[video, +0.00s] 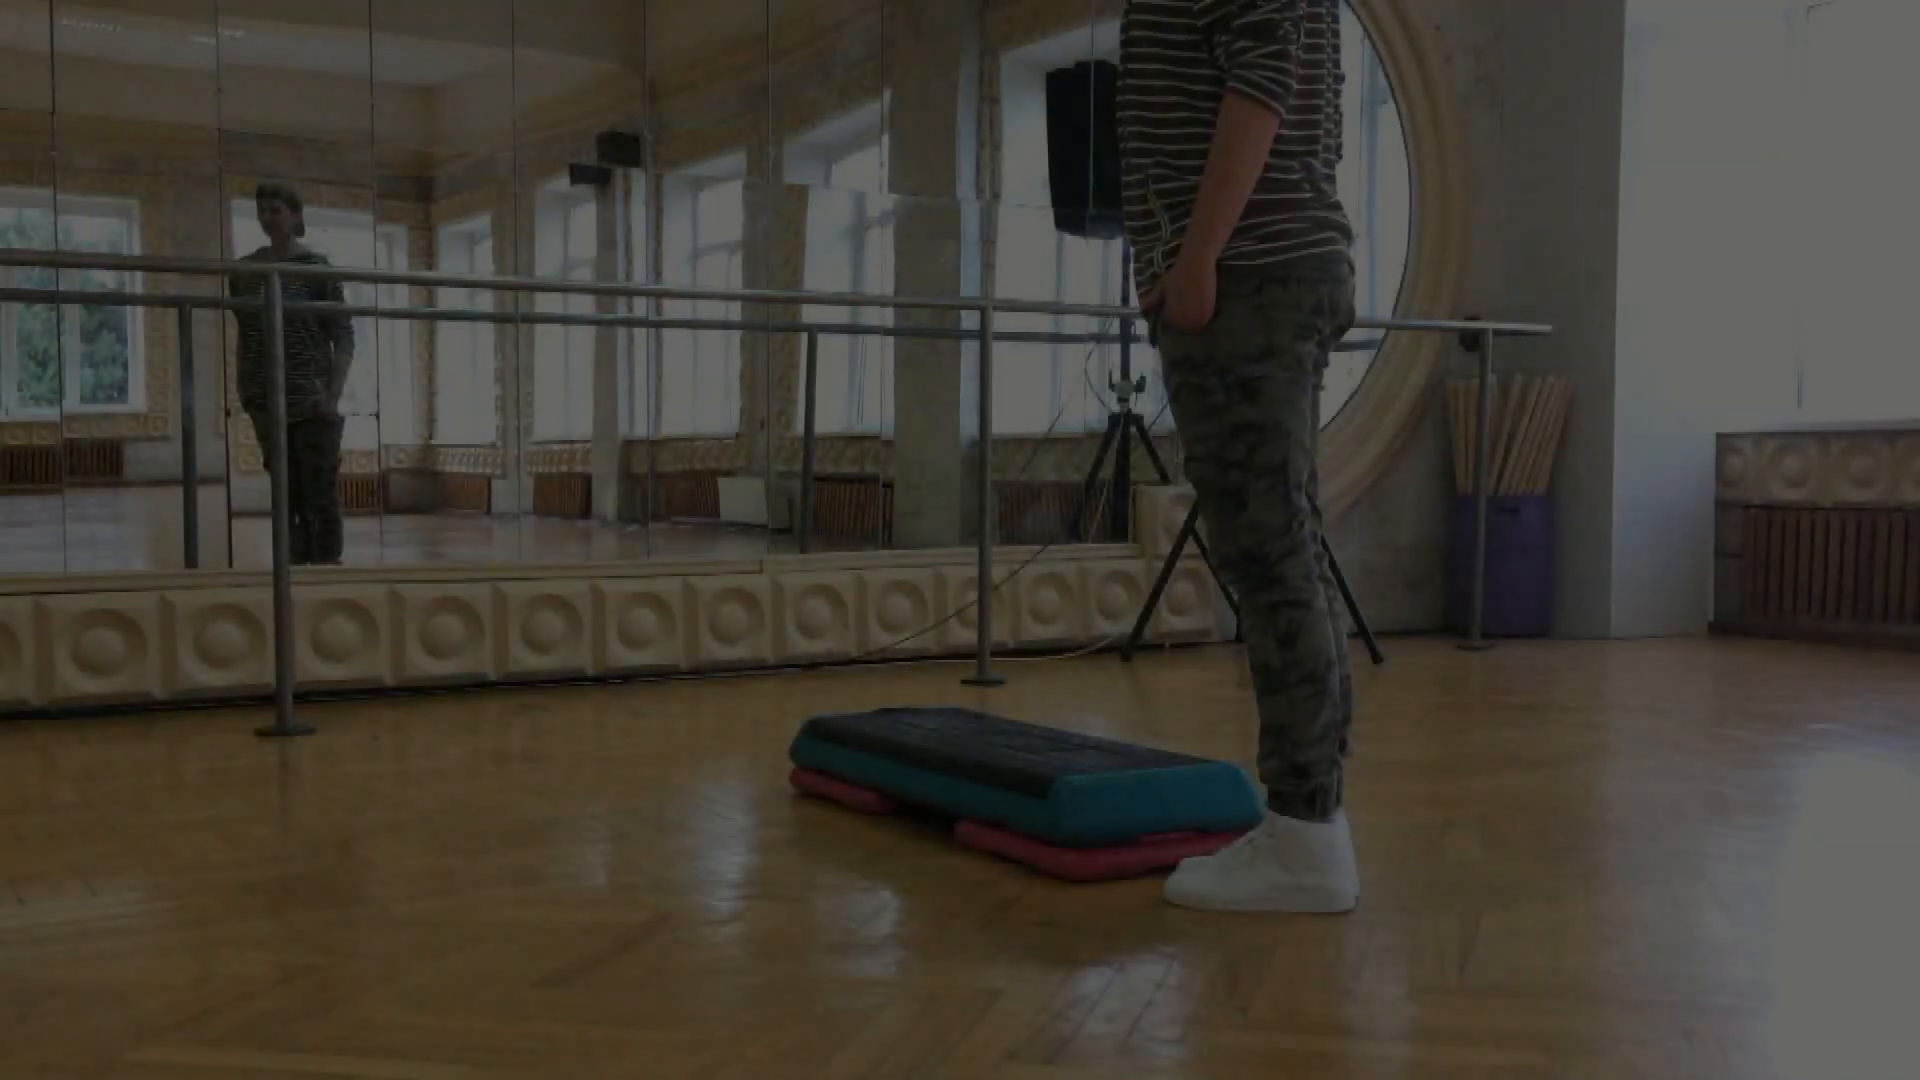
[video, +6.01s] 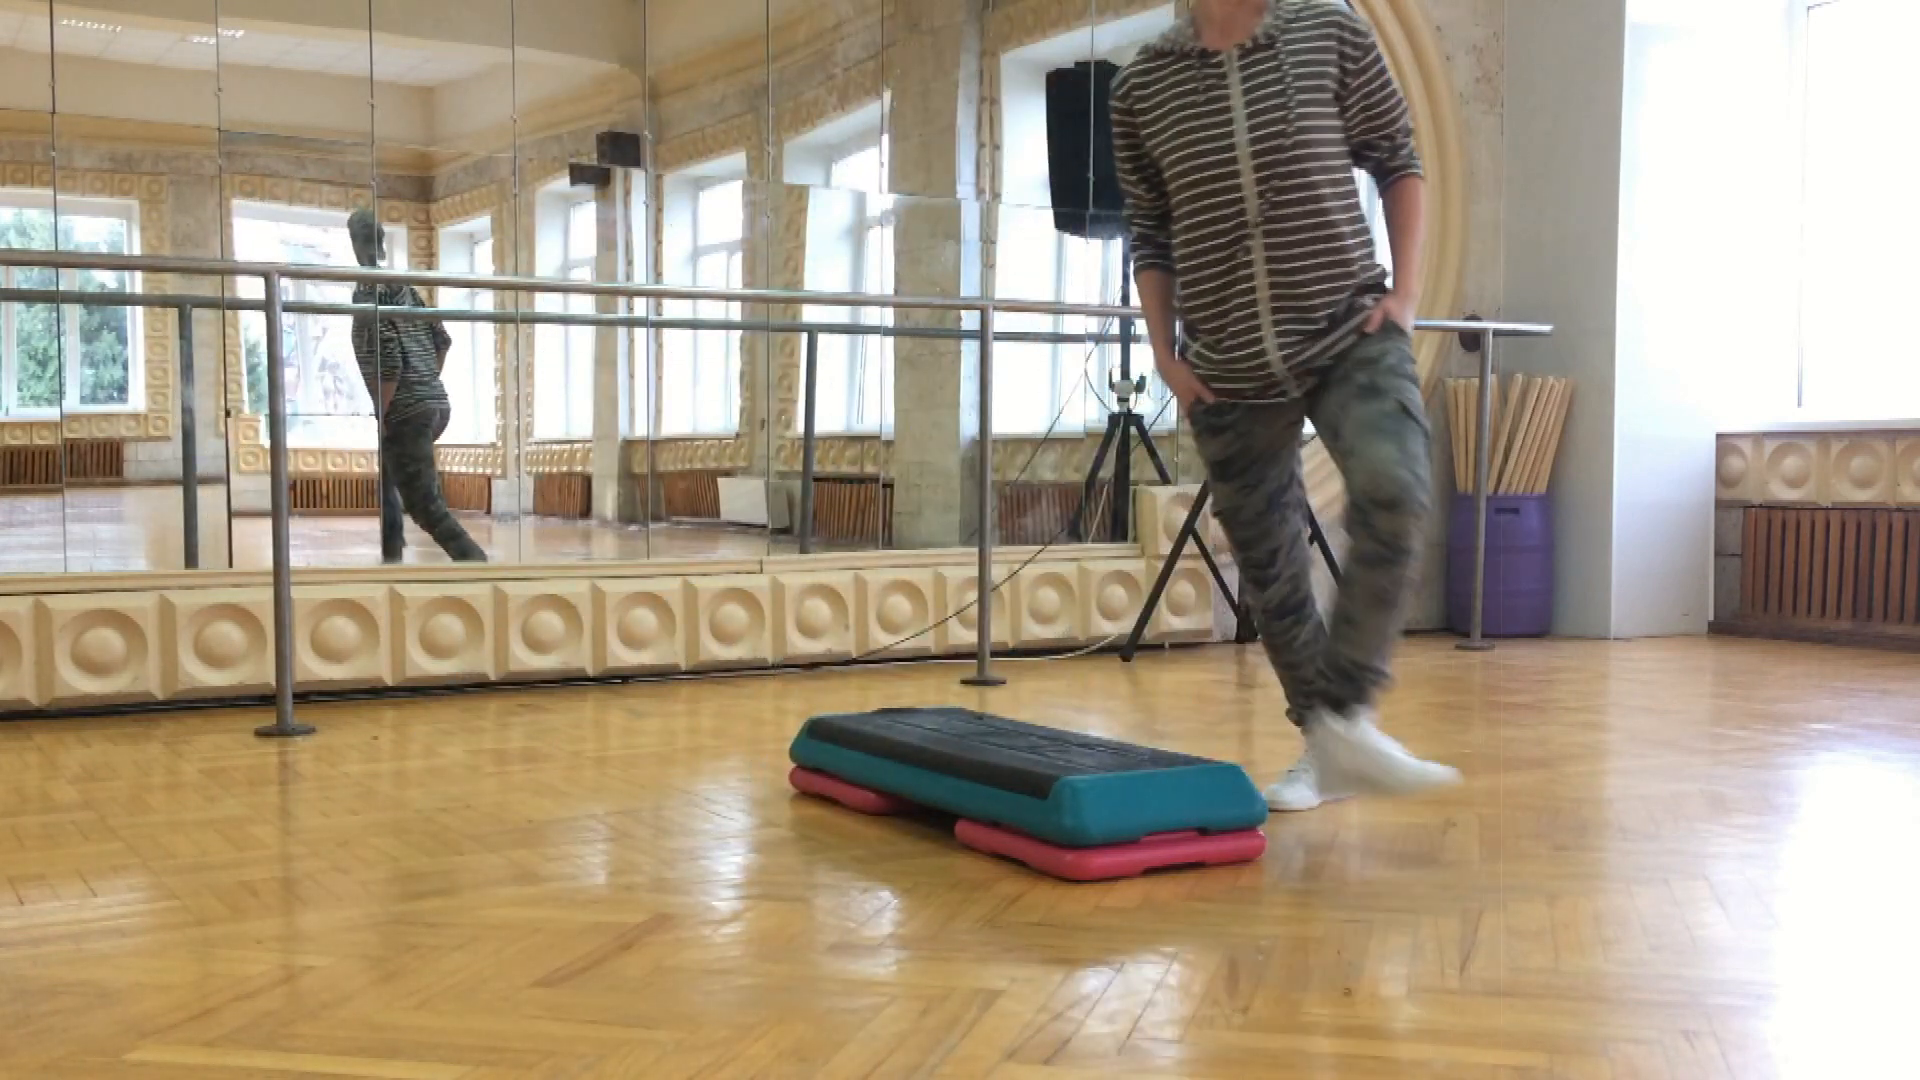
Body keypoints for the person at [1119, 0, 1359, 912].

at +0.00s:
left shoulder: (1246, 2)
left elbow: (1262, 83)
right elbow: (1258, 90)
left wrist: (1197, 257)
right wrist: (1182, 255)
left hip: (1249, 276)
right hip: (1250, 273)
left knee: (1264, 548)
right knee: (1272, 545)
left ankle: (1303, 835)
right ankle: (1306, 821)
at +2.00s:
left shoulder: (1220, 3)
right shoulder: (1291, 19)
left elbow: (1245, 119)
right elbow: (1317, 163)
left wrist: (1163, 286)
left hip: (1230, 301)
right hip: (1250, 302)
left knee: (1156, 561)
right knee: (1107, 538)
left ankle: (1294, 834)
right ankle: (1288, 736)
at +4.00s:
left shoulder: (837, 35)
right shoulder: (909, 47)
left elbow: (866, 178)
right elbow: (965, 207)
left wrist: (819, 314)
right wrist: (897, 283)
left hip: (867, 322)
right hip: (908, 320)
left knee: (792, 520)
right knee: (737, 464)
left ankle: (955, 671)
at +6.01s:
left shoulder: (1332, 31)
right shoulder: (1141, 86)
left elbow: (1398, 162)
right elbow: (1147, 232)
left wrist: (1404, 291)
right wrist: (1166, 355)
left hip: (1349, 332)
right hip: (1227, 372)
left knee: (1396, 496)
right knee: (1272, 569)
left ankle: (1345, 715)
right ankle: (1324, 743)